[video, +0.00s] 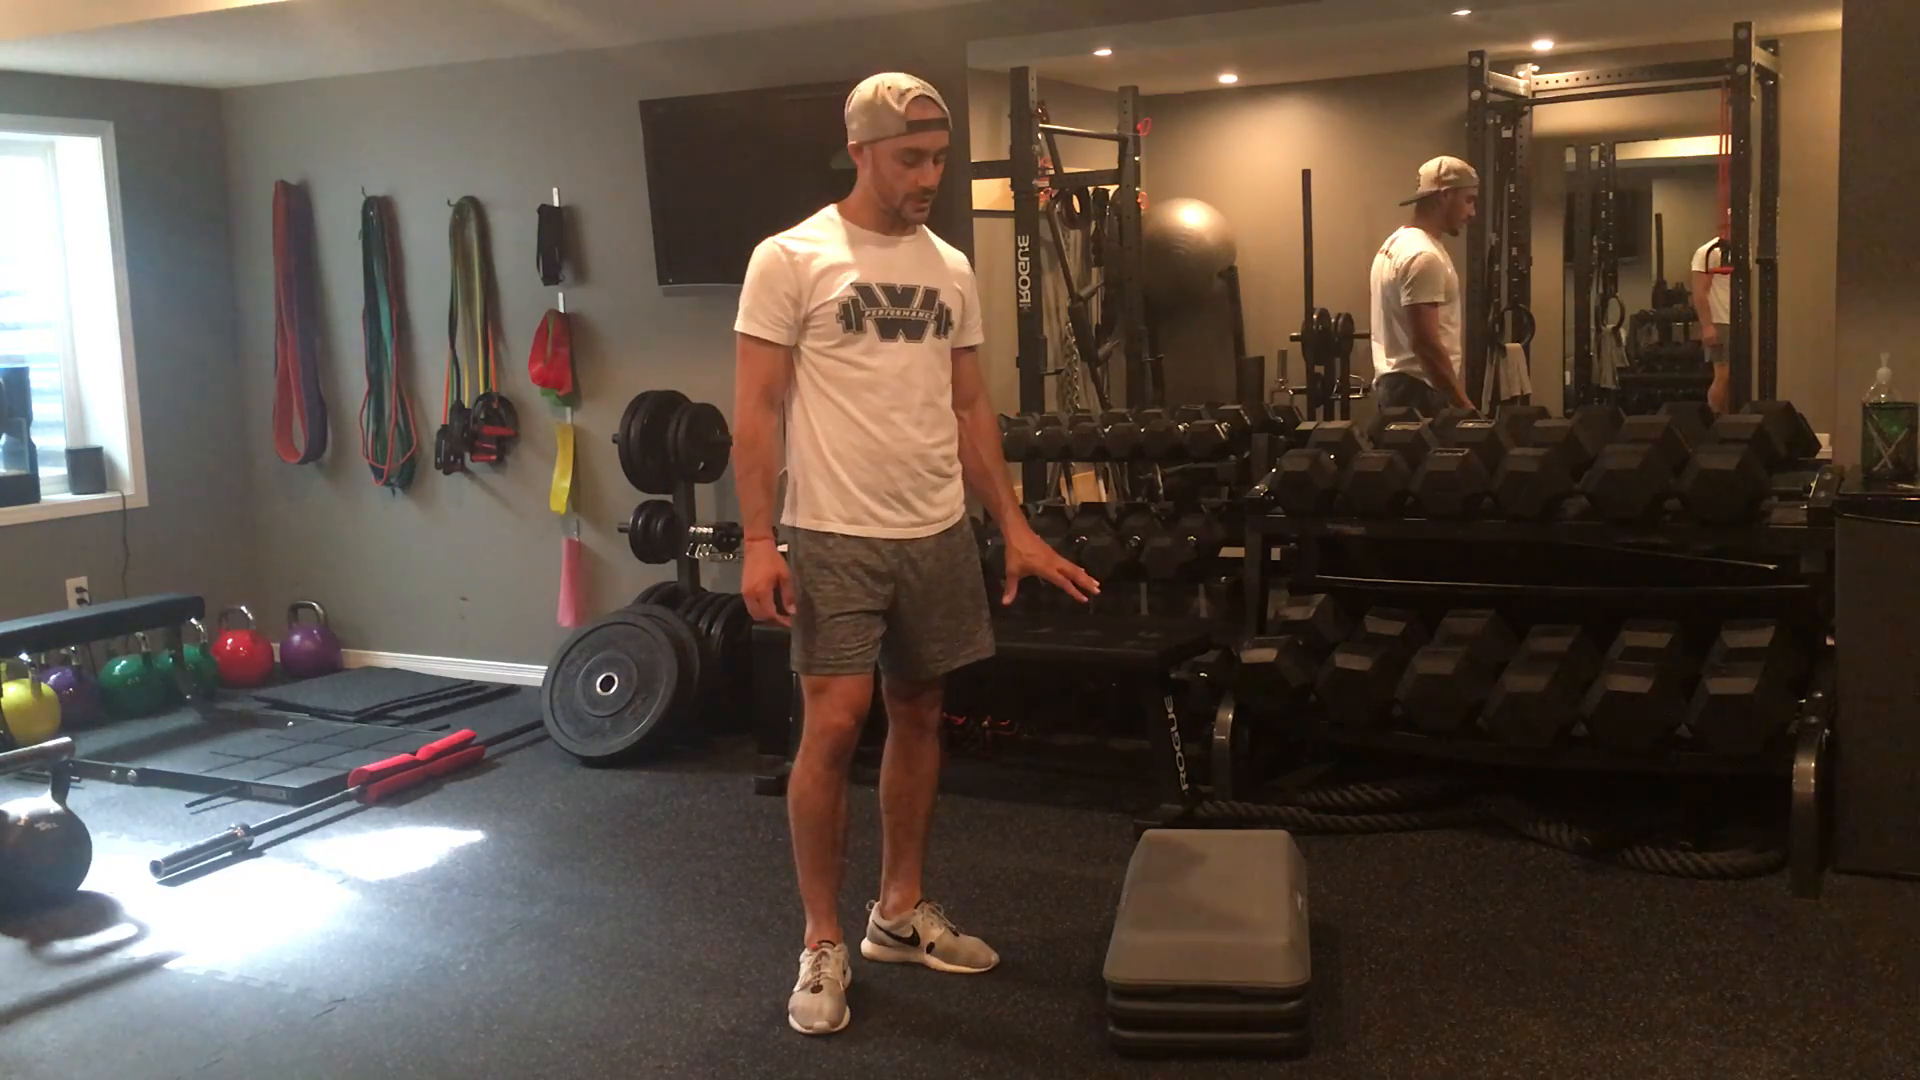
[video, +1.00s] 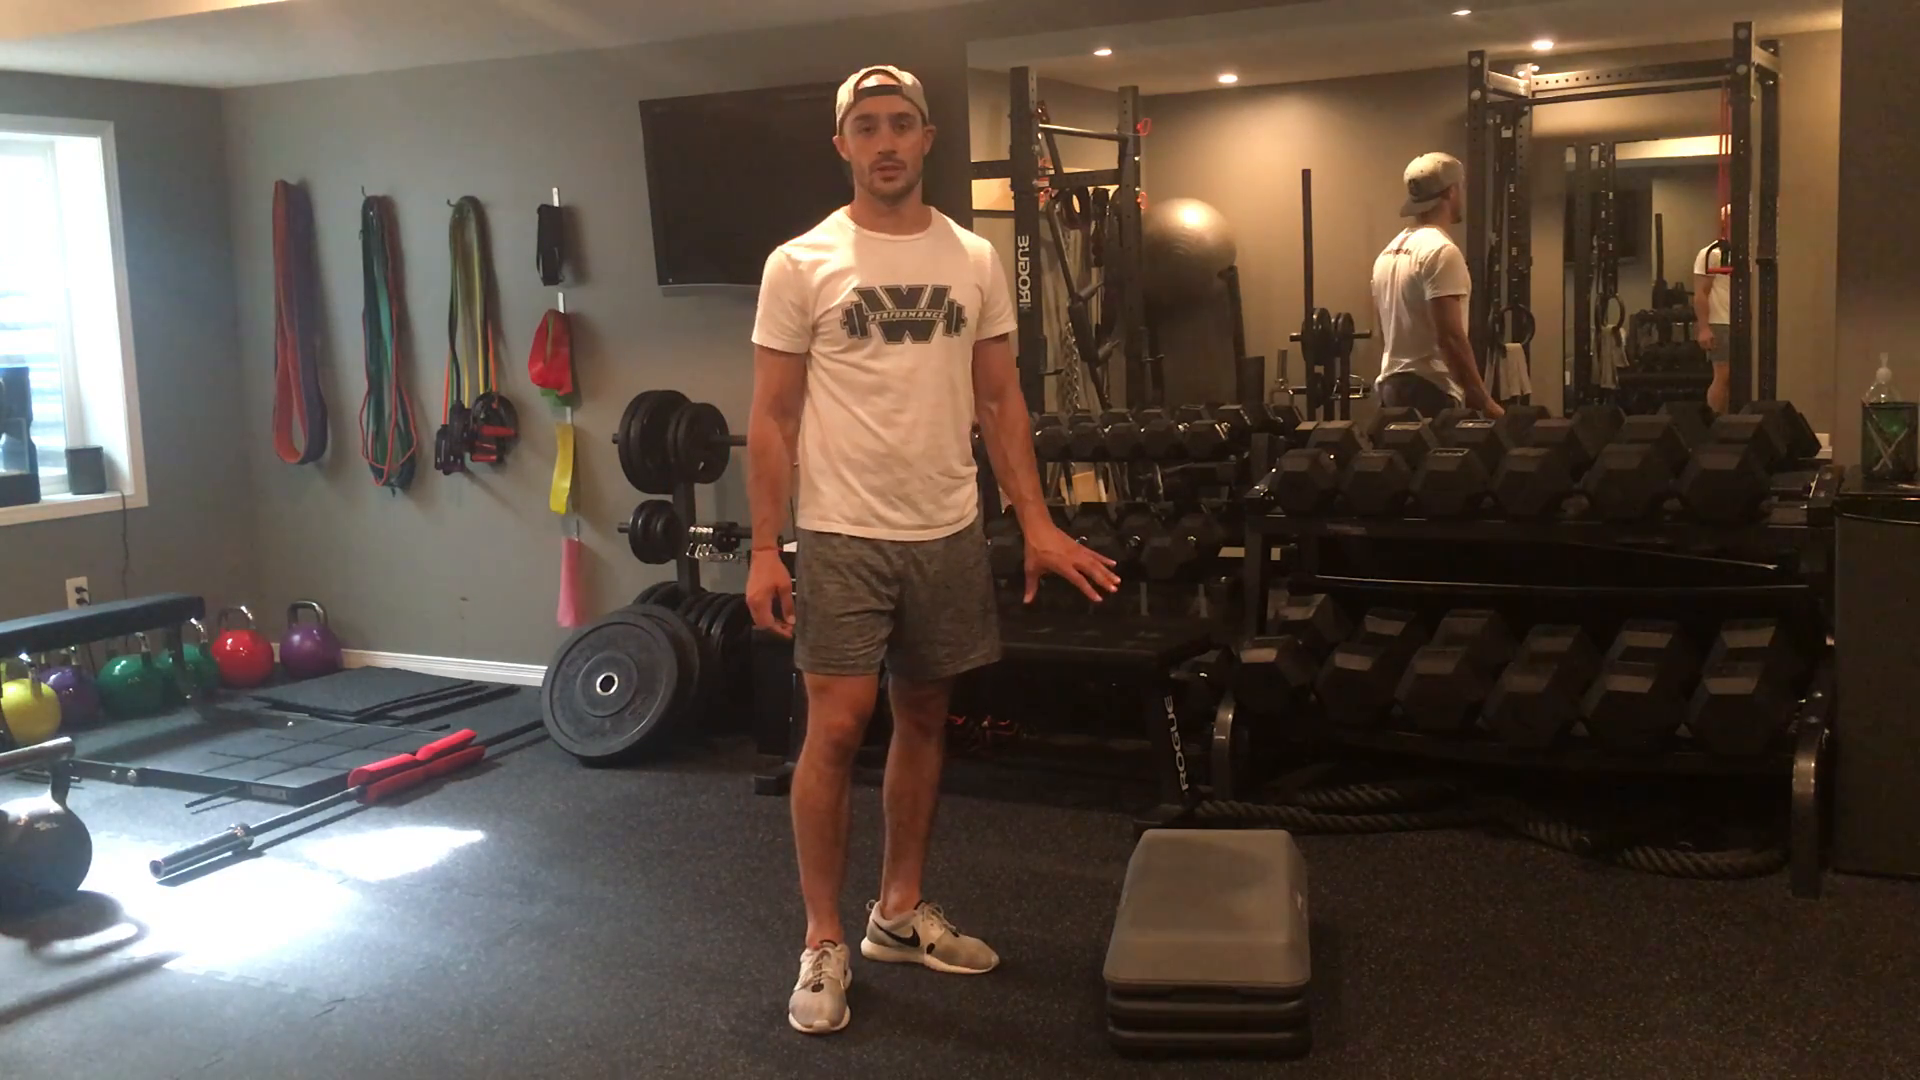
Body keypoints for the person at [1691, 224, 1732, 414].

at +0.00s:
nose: (1733, 231)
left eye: (1736, 226)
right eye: (1730, 226)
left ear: (1742, 228)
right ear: (1723, 227)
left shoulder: (1744, 253)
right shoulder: (1707, 253)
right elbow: (1699, 293)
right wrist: (1707, 325)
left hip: (1743, 325)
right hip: (1721, 324)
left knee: (1734, 377)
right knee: (1723, 375)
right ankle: (1715, 423)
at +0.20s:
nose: (1735, 228)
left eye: (1737, 224)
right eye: (1732, 223)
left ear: (1741, 226)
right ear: (1725, 225)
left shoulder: (1744, 254)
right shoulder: (1706, 253)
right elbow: (1698, 292)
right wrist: (1705, 324)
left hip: (1741, 324)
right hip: (1719, 324)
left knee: (1732, 377)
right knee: (1722, 374)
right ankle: (1715, 423)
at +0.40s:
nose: (1735, 228)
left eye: (1739, 223)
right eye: (1733, 223)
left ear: (1746, 226)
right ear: (1727, 223)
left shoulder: (1746, 253)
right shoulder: (1708, 253)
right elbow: (1698, 292)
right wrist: (1700, 325)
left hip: (1742, 324)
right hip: (1719, 323)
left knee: (1733, 377)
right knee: (1722, 374)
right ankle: (1715, 423)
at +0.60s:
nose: (1734, 226)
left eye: (1736, 221)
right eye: (1731, 220)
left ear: (1741, 224)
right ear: (1724, 222)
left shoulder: (1746, 254)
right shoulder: (1707, 254)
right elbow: (1698, 293)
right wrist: (1698, 326)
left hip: (1742, 324)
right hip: (1718, 323)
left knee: (1732, 377)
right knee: (1722, 376)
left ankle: (1727, 421)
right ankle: (1713, 422)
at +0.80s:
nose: (1734, 223)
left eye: (1735, 219)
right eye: (1730, 218)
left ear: (1741, 222)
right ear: (1723, 221)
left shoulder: (1745, 254)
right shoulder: (1708, 255)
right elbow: (1699, 292)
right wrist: (1701, 326)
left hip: (1742, 324)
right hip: (1719, 324)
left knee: (1732, 377)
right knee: (1722, 375)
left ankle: (1726, 421)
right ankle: (1713, 422)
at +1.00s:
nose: (1733, 223)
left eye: (1736, 217)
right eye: (1730, 217)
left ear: (1743, 220)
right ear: (1723, 221)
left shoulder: (1748, 253)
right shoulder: (1710, 254)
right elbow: (1701, 293)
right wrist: (1704, 327)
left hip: (1745, 325)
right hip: (1721, 324)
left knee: (1740, 378)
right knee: (1722, 377)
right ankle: (1715, 424)